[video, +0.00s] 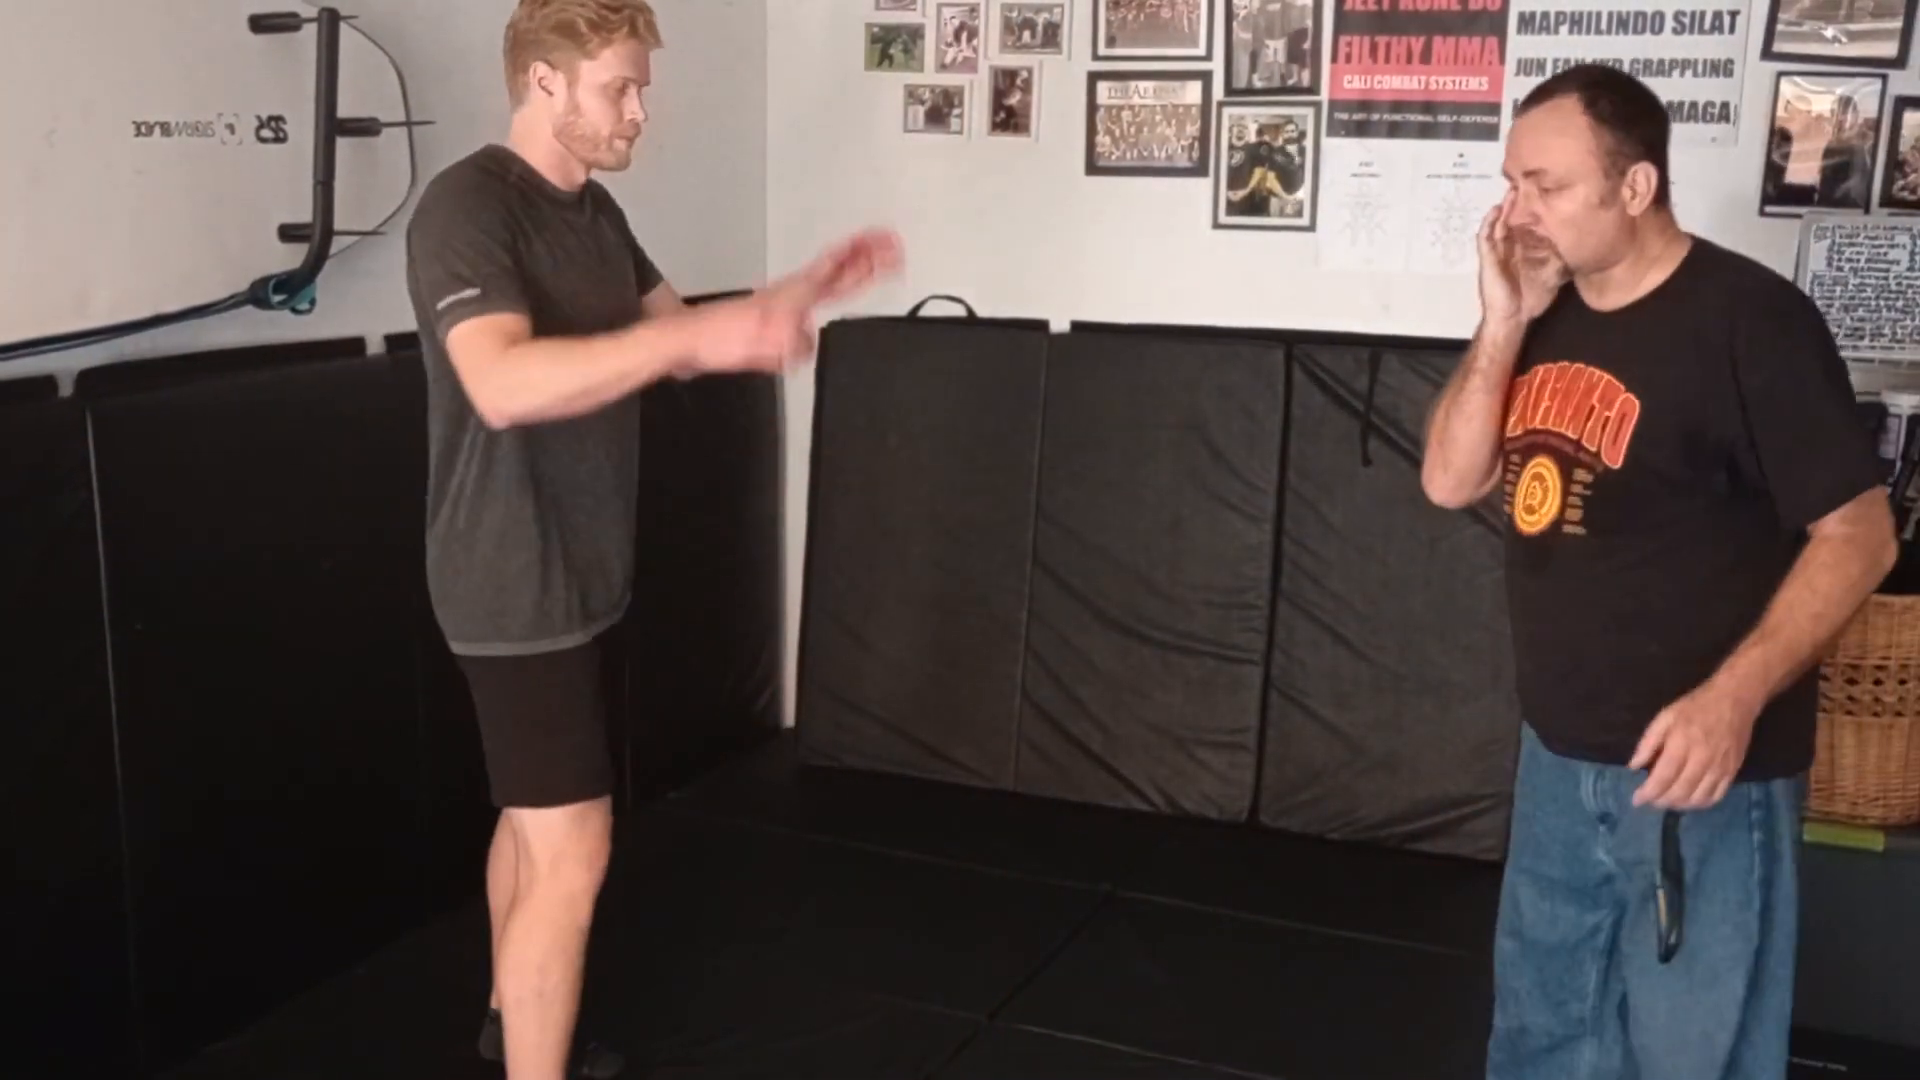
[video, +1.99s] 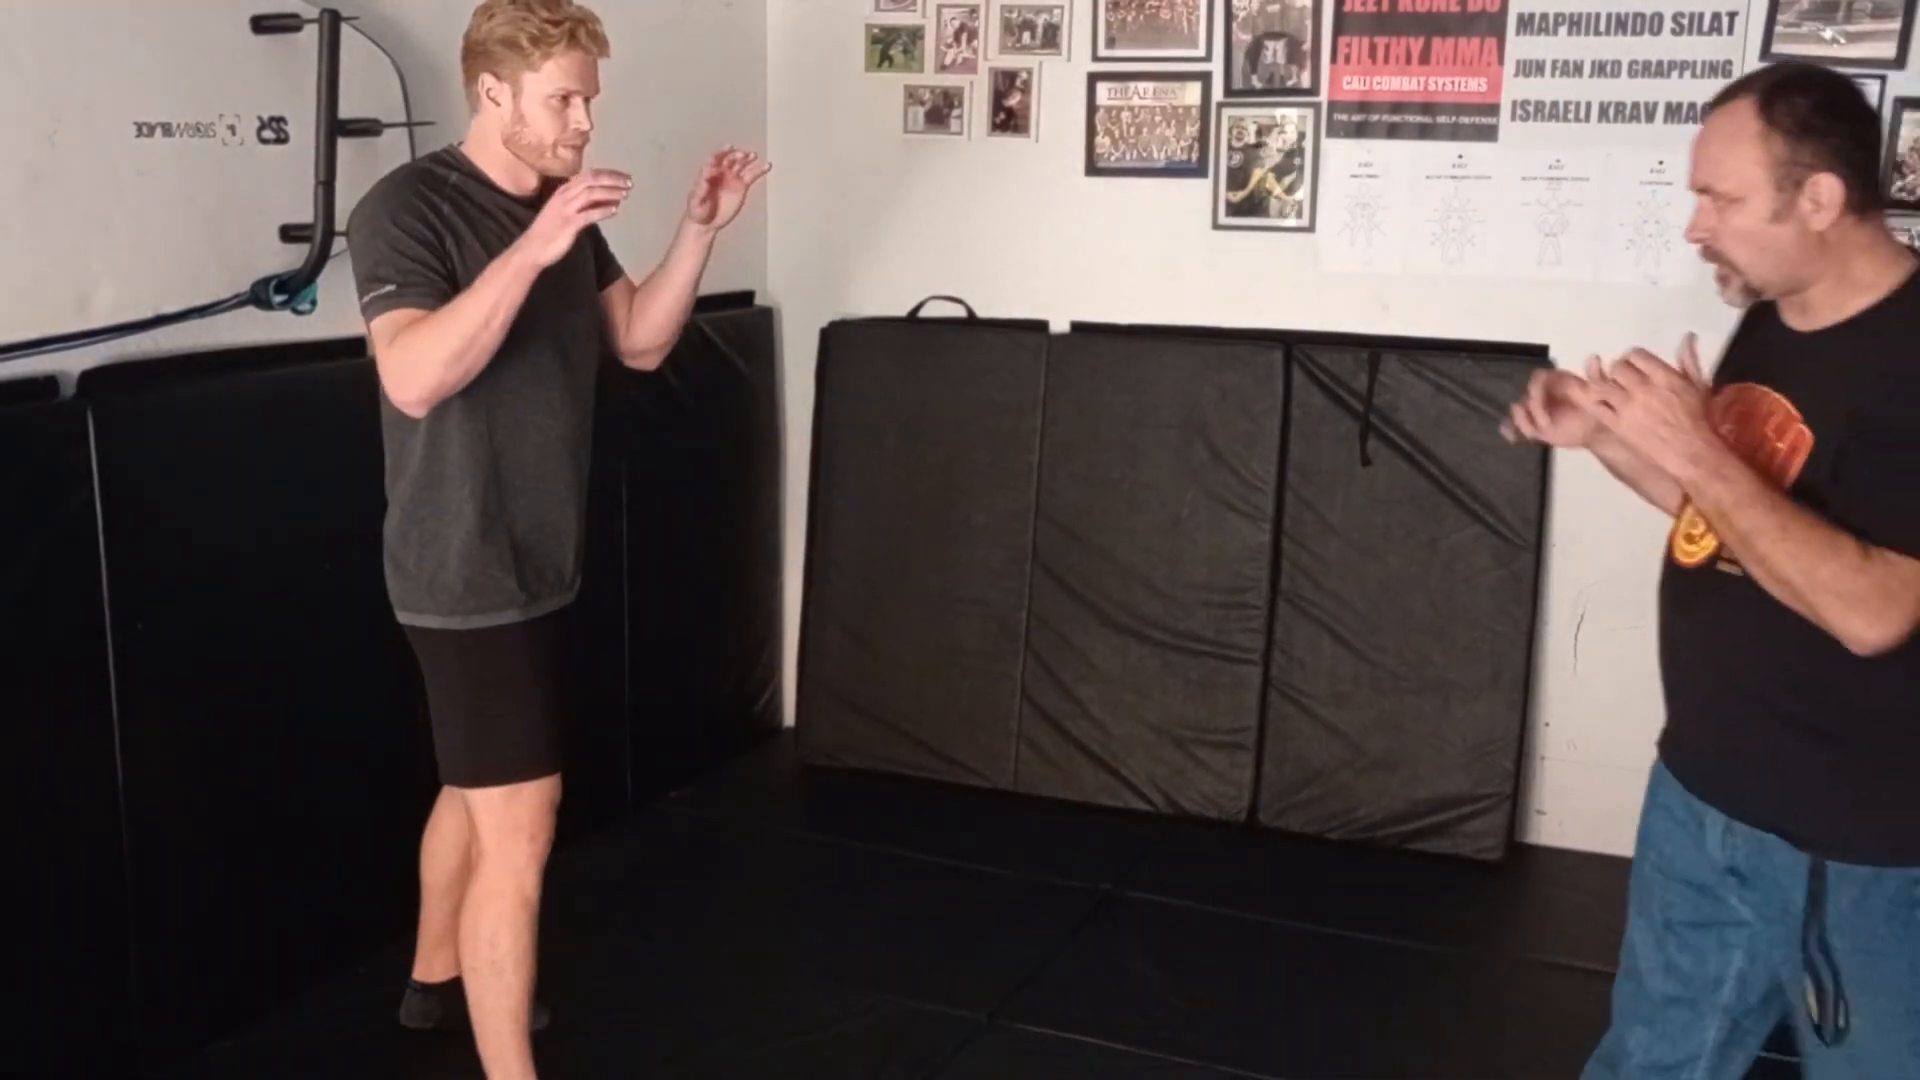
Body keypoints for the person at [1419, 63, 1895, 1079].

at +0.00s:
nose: (1517, 212)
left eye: (1545, 185)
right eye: (1513, 183)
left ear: (1637, 187)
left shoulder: (1757, 319)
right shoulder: (1540, 313)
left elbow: (1862, 531)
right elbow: (1449, 483)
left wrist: (1732, 696)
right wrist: (1500, 325)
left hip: (1713, 778)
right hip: (1558, 763)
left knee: (1699, 1057)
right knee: (1539, 1045)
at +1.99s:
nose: (1695, 230)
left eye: (1719, 201)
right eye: (1697, 198)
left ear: (1820, 203)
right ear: (1812, 206)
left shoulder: (1916, 353)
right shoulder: (1774, 323)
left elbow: (1877, 610)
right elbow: (1727, 512)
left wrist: (1696, 460)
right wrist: (1611, 440)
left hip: (1882, 847)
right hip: (1709, 800)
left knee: (1876, 1063)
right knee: (1657, 1056)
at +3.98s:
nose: (1708, 202)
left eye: (1738, 174)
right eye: (1707, 172)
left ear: (1839, 186)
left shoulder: (1907, 335)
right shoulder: (1732, 317)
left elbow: (1836, 585)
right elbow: (1678, 504)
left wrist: (1683, 415)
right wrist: (1603, 421)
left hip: (1837, 816)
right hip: (1688, 782)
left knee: (1806, 1061)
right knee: (1689, 1053)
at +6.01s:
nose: (1444, 193)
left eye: (1477, 167)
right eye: (1437, 165)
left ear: (1560, 181)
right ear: (1428, 167)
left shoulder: (1644, 333)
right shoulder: (1422, 293)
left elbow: (1664, 560)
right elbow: (1390, 469)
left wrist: (1473, 468)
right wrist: (1330, 462)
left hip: (1547, 748)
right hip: (1426, 718)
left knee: (1480, 1037)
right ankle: (1576, 1065)